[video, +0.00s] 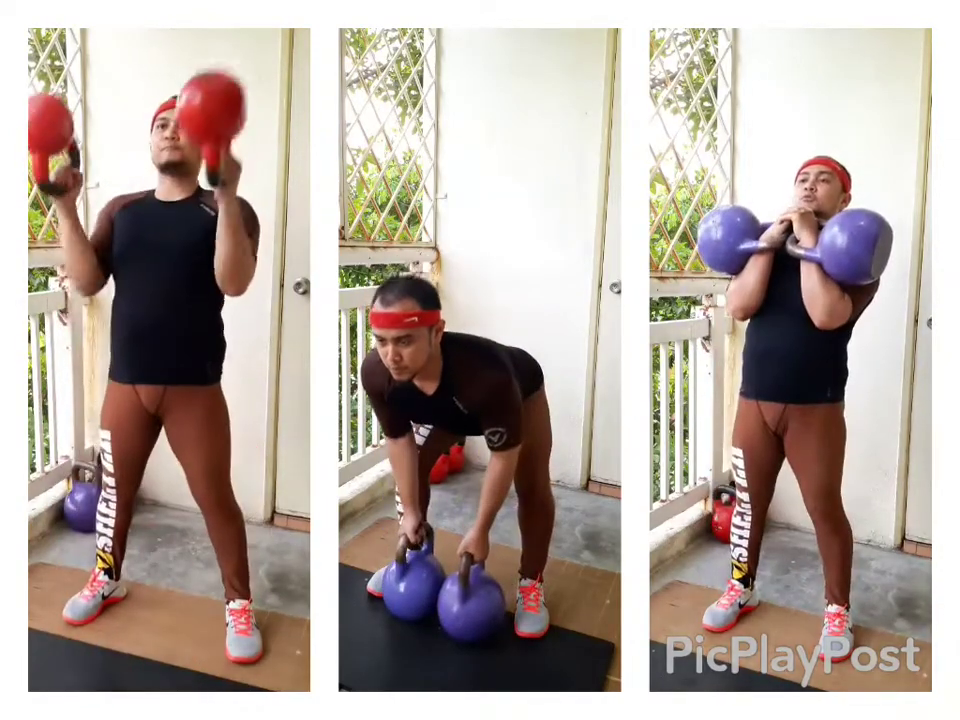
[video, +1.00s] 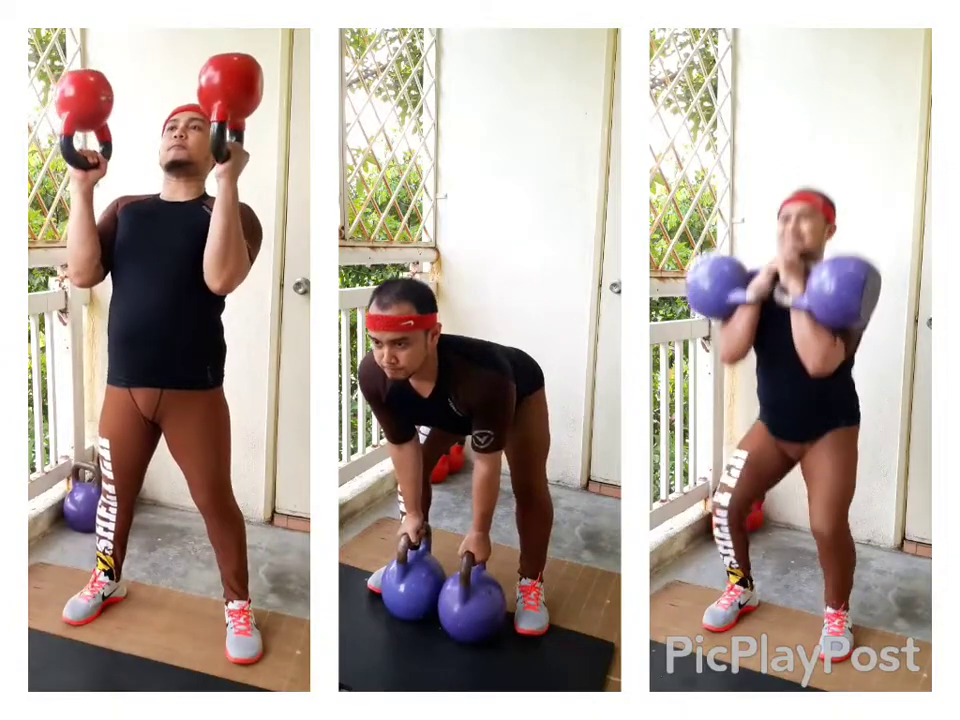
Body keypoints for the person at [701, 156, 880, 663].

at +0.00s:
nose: (809, 186)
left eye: (822, 180)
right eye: (802, 180)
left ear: (845, 198)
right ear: (791, 194)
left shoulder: (854, 257)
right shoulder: (768, 245)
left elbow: (828, 315)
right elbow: (738, 306)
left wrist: (806, 243)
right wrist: (768, 244)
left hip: (814, 407)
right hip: (754, 400)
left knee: (825, 513)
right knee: (749, 502)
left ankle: (836, 609)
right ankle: (740, 586)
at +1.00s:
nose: (792, 227)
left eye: (805, 219)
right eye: (785, 218)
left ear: (828, 230)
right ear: (776, 228)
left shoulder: (842, 289)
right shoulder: (756, 283)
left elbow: (821, 362)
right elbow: (730, 351)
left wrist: (795, 290)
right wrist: (759, 289)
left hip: (830, 431)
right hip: (773, 427)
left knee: (828, 528)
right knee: (733, 508)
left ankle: (836, 613)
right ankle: (740, 585)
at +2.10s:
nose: (792, 254)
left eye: (805, 248)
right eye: (786, 246)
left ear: (825, 265)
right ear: (774, 258)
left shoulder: (833, 324)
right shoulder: (755, 317)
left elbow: (818, 404)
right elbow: (726, 387)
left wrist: (792, 336)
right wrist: (750, 334)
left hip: (829, 446)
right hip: (774, 442)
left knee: (824, 535)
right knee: (722, 512)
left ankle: (836, 614)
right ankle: (740, 586)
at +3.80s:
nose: (805, 191)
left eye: (819, 184)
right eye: (799, 185)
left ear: (844, 200)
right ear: (788, 199)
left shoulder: (852, 262)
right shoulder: (765, 249)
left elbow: (830, 320)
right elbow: (729, 312)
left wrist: (804, 250)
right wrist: (766, 250)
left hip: (812, 407)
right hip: (751, 400)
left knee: (823, 512)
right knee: (748, 502)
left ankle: (837, 610)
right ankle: (740, 587)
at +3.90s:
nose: (804, 191)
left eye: (817, 184)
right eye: (798, 184)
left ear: (842, 199)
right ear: (787, 196)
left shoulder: (851, 260)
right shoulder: (764, 249)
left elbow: (829, 320)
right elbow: (729, 310)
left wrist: (803, 249)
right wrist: (764, 251)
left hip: (812, 407)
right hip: (752, 401)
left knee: (823, 513)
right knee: (748, 502)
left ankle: (836, 610)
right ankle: (740, 586)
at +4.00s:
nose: (801, 187)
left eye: (815, 180)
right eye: (795, 180)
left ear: (840, 195)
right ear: (784, 192)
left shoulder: (848, 255)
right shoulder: (761, 246)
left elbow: (828, 317)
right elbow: (729, 308)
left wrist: (802, 246)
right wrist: (763, 247)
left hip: (814, 406)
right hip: (754, 400)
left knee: (823, 513)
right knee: (748, 502)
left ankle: (836, 610)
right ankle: (740, 586)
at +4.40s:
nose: (789, 238)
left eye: (802, 230)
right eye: (782, 230)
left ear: (825, 241)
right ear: (773, 239)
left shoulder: (840, 302)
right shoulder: (757, 296)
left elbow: (822, 374)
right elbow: (727, 362)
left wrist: (795, 302)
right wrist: (756, 305)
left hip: (830, 438)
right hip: (773, 434)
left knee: (828, 533)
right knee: (727, 510)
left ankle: (835, 613)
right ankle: (740, 587)